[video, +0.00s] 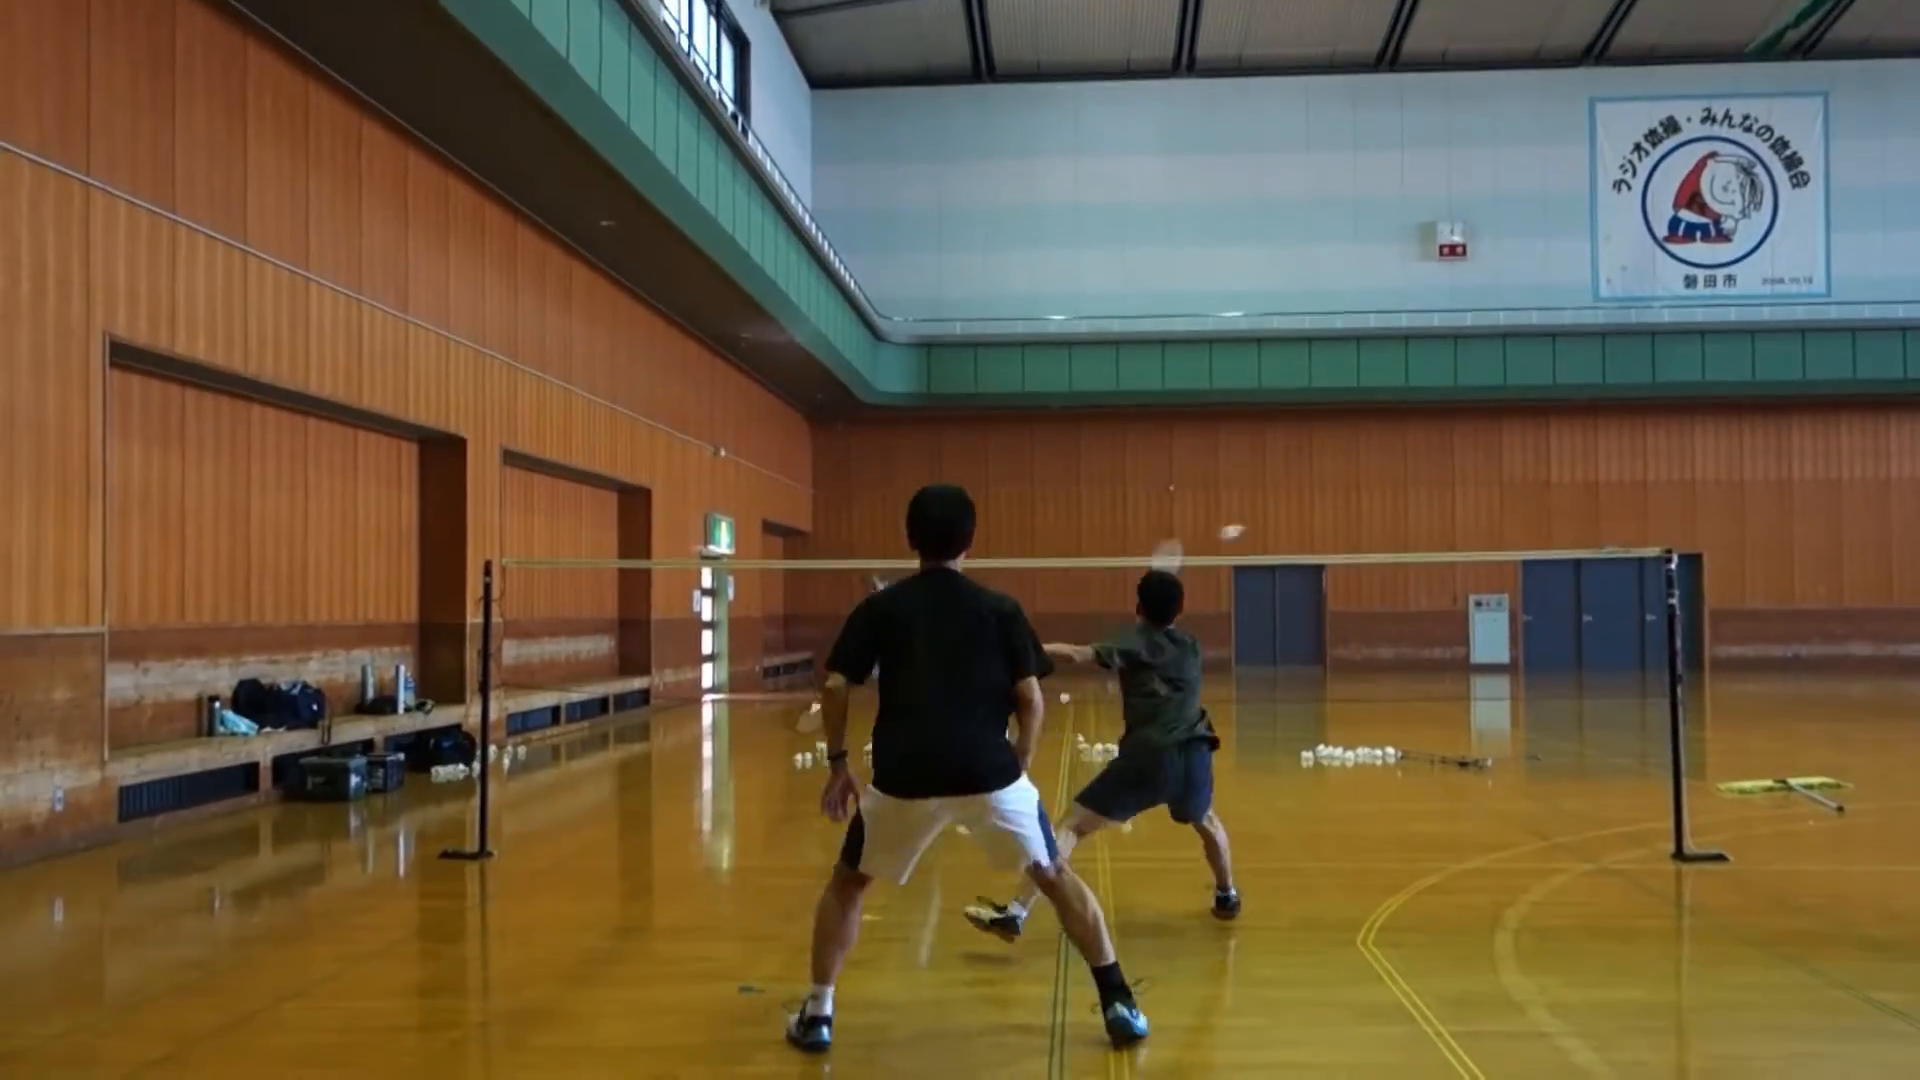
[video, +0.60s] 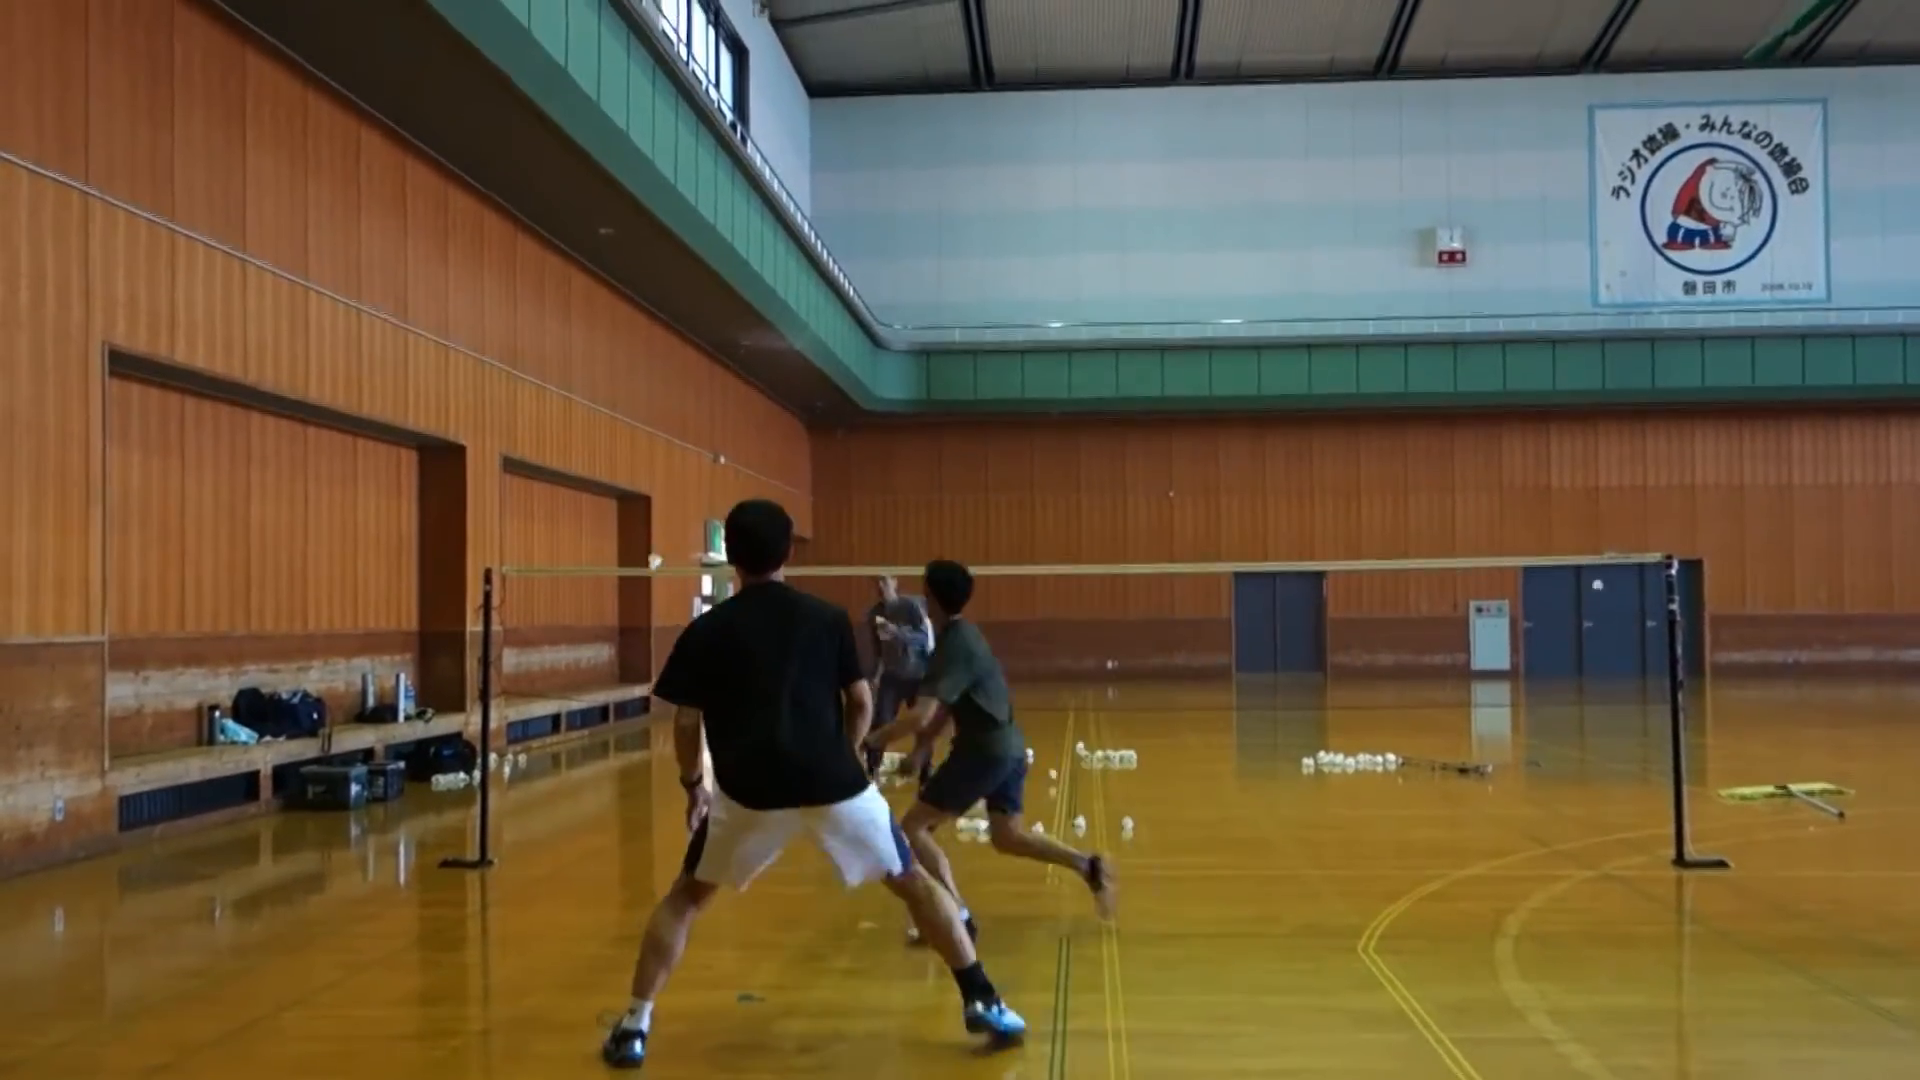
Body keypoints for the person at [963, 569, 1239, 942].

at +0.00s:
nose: (1137, 602)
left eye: (1140, 597)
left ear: (1139, 606)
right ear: (1177, 611)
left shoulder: (1135, 645)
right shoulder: (1189, 646)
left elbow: (1076, 654)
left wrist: (1025, 648)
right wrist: (1162, 581)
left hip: (1146, 759)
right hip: (1194, 758)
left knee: (1074, 828)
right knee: (1207, 821)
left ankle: (1016, 912)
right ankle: (1227, 894)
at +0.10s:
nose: (1128, 597)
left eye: (1130, 591)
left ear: (1132, 598)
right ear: (1169, 601)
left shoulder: (1123, 634)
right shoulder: (1186, 646)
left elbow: (1083, 664)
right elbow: (1199, 703)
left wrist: (1021, 675)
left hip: (1135, 746)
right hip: (1183, 747)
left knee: (1082, 836)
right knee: (1196, 806)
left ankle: (1058, 922)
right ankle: (1226, 886)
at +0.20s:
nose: (1113, 570)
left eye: (1114, 564)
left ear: (1115, 569)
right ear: (1153, 574)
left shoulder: (1098, 604)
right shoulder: (1171, 629)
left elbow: (1076, 648)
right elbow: (1188, 701)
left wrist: (1039, 695)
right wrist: (1169, 739)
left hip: (1103, 723)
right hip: (1153, 727)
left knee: (1045, 804)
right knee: (1183, 801)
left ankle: (1046, 878)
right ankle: (1217, 879)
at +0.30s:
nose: (1090, 570)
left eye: (1091, 564)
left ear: (1090, 568)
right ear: (1129, 571)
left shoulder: (1071, 610)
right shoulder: (1151, 624)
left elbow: (1052, 670)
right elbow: (1161, 694)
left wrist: (1023, 717)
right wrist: (1144, 726)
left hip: (1079, 725)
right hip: (1133, 728)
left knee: (1012, 796)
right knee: (1161, 794)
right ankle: (1196, 873)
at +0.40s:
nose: (1062, 576)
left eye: (1063, 571)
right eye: (1071, 571)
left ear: (1064, 577)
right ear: (1100, 579)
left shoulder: (1048, 622)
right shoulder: (1119, 631)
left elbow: (1020, 675)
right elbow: (1124, 696)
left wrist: (975, 715)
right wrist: (1110, 737)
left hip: (1050, 739)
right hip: (1105, 741)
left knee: (978, 798)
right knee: (1152, 808)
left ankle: (947, 887)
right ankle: (1195, 883)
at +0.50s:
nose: (1001, 586)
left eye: (1004, 581)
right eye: (1005, 580)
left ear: (1007, 589)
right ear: (1042, 592)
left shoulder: (1002, 637)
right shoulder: (1052, 637)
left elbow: (979, 681)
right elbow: (1054, 698)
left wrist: (935, 717)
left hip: (1014, 752)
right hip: (1058, 753)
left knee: (933, 815)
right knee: (1100, 830)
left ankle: (959, 906)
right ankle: (1178, 891)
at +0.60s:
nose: (922, 595)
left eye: (925, 589)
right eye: (924, 588)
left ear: (931, 596)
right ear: (963, 598)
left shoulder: (951, 644)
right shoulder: (967, 637)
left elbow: (920, 716)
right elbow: (951, 708)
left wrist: (875, 740)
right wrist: (921, 748)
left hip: (981, 754)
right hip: (1009, 749)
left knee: (913, 828)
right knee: (1007, 838)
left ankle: (956, 917)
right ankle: (1086, 865)